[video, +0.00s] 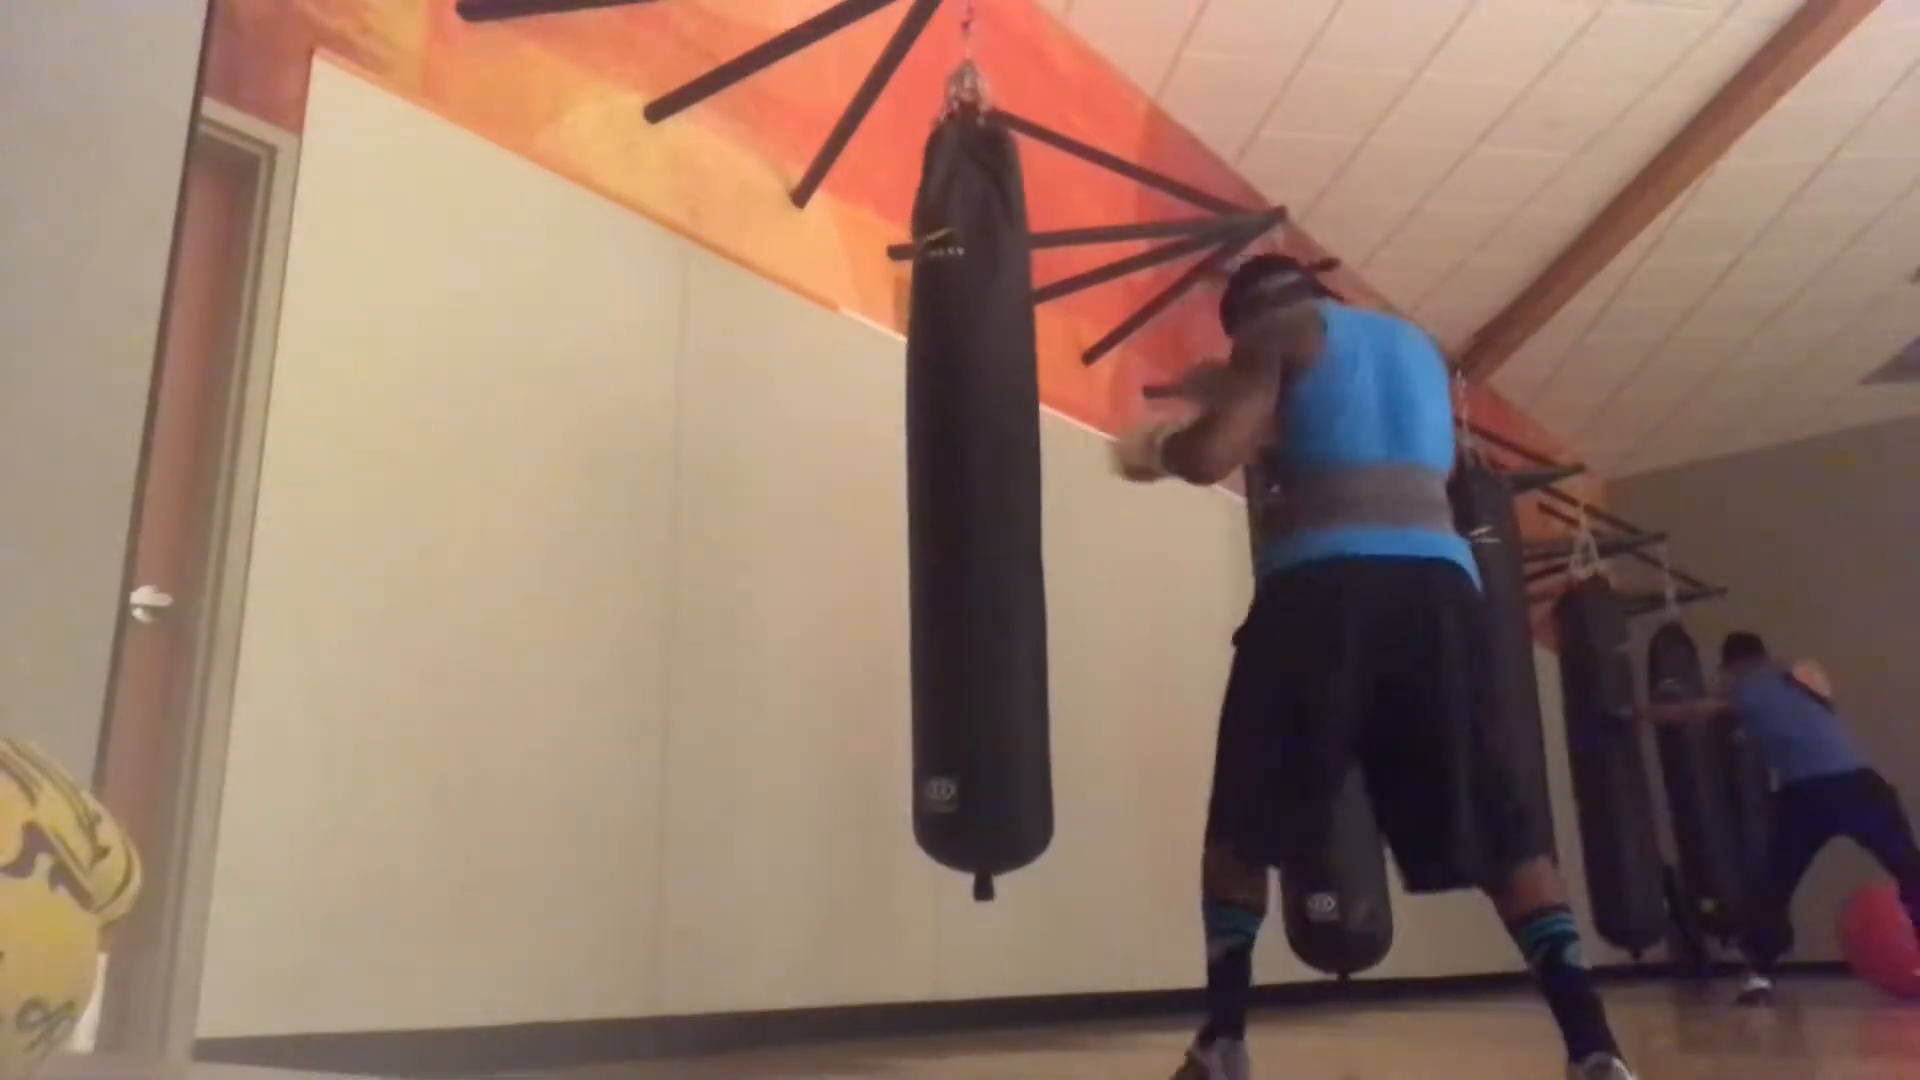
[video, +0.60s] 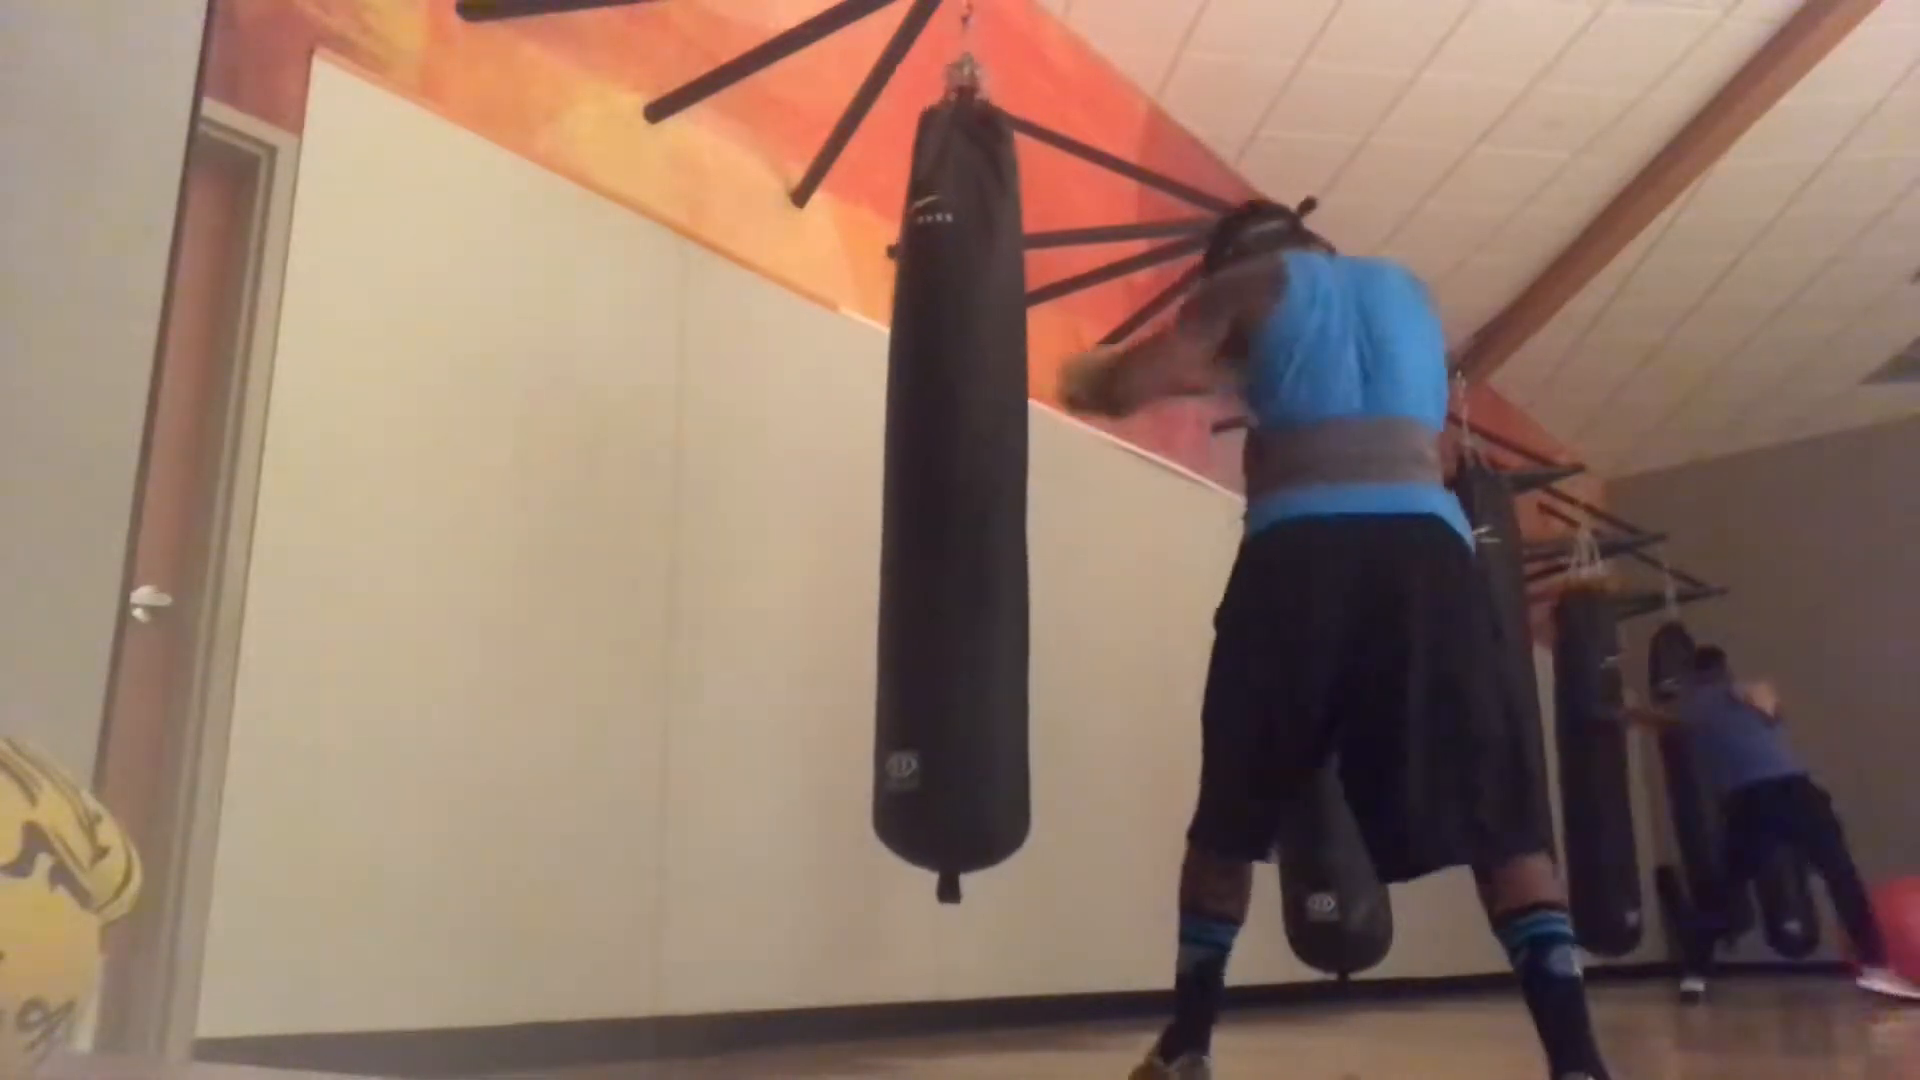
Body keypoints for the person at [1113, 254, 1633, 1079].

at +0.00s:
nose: (1242, 348)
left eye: (1242, 336)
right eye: (1240, 338)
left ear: (1255, 312)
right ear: (1314, 287)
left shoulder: (1276, 327)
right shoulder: (1419, 344)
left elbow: (1214, 453)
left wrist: (1162, 450)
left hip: (1320, 599)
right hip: (1442, 597)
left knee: (1241, 819)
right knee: (1496, 818)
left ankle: (1224, 1039)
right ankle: (1593, 1046)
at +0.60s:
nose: (1219, 291)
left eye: (1220, 277)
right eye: (1219, 280)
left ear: (1242, 254)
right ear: (1305, 232)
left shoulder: (1250, 279)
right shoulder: (1409, 292)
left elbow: (1133, 382)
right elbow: (1439, 443)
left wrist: (1085, 377)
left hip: (1297, 567)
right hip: (1433, 566)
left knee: (1231, 808)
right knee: (1501, 811)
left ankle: (1187, 1040)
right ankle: (1577, 1060)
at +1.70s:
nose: (1152, 276)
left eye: (1156, 265)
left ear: (1177, 259)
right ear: (1266, 254)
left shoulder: (1152, 291)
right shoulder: (1321, 299)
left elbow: (1055, 437)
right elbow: (1319, 431)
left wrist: (1059, 438)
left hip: (1166, 582)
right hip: (1299, 585)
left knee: (1122, 794)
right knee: (1394, 815)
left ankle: (1098, 1011)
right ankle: (1447, 1051)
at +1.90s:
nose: (1251, 303)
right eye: (1240, 295)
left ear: (1122, 321)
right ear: (1199, 301)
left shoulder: (1086, 368)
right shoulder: (1250, 329)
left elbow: (1012, 458)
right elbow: (1287, 482)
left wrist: (988, 524)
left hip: (1097, 604)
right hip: (1221, 598)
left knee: (1069, 825)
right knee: (1381, 806)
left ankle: (996, 1043)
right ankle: (1389, 1024)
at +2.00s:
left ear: (1098, 325)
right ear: (1177, 309)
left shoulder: (1063, 372)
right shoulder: (1242, 327)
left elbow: (994, 513)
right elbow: (1253, 488)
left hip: (1075, 595)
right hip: (1196, 592)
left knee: (1061, 816)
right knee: (1315, 813)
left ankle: (994, 1042)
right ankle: (1282, 1041)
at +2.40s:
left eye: (1002, 296)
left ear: (1005, 292)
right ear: (1067, 293)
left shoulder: (978, 332)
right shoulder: (1132, 340)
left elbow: (933, 471)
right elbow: (1173, 466)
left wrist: (995, 474)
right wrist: (1094, 472)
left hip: (1001, 585)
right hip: (1114, 586)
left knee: (973, 818)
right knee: (1164, 810)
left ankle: (954, 1047)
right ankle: (1302, 961)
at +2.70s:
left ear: (970, 247)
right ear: (1046, 246)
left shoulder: (965, 310)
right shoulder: (1125, 305)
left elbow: (935, 463)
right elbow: (1177, 456)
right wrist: (1090, 494)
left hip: (1007, 572)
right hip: (1130, 567)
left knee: (984, 814)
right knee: (1213, 772)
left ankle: (955, 1046)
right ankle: (1347, 947)